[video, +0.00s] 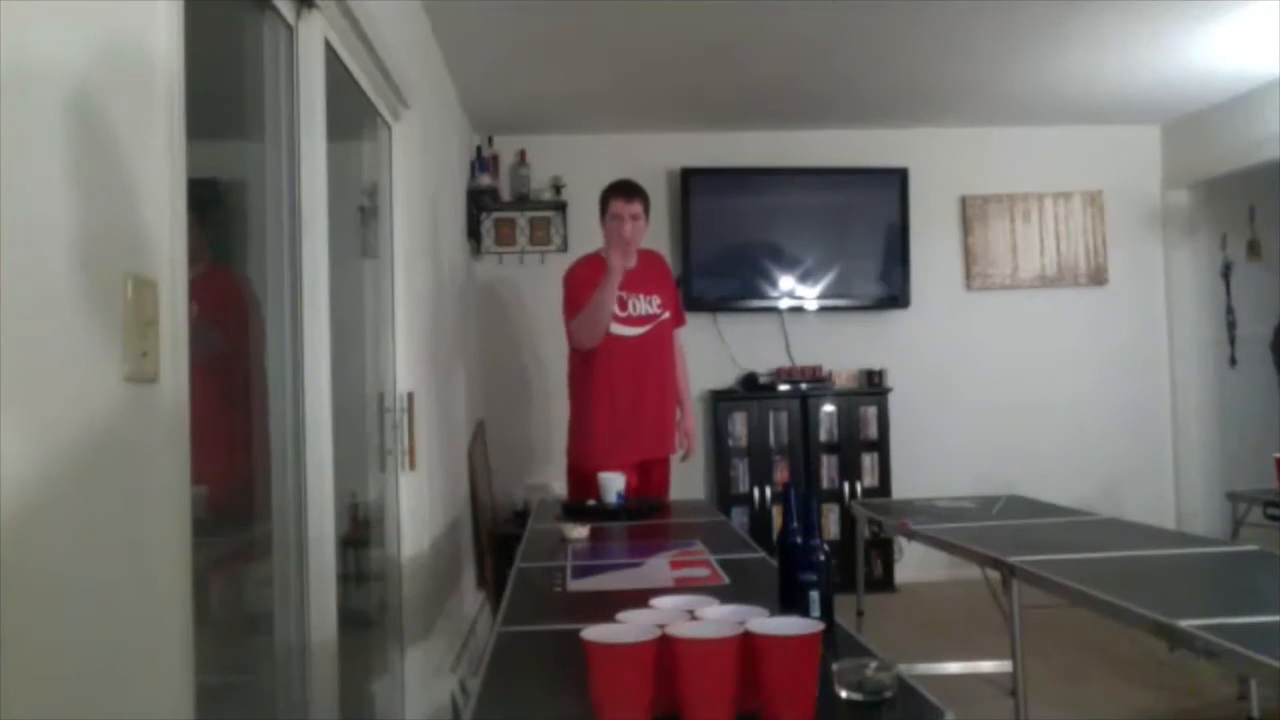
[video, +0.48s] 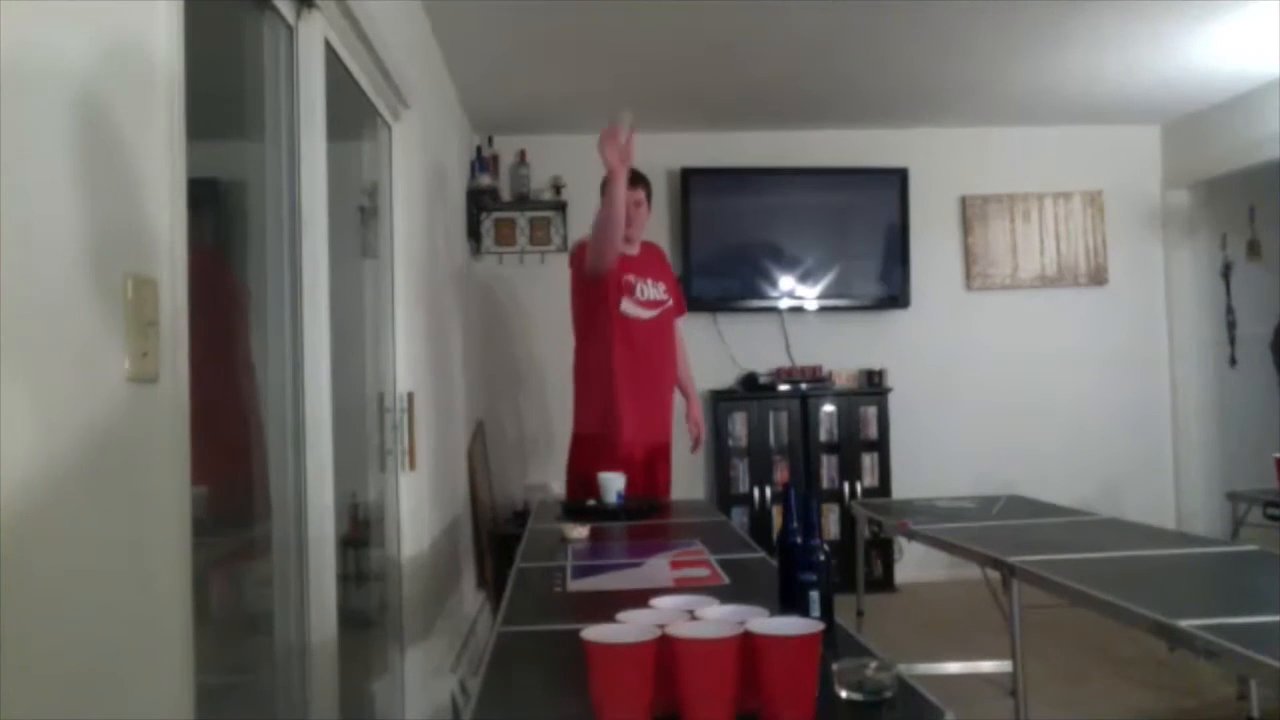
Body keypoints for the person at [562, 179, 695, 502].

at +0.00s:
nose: (626, 228)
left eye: (635, 219)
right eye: (617, 219)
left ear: (646, 224)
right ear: (603, 223)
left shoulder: (657, 267)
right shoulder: (584, 273)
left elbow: (673, 344)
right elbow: (583, 338)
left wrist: (686, 411)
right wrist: (613, 276)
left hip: (652, 431)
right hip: (599, 433)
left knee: (652, 539)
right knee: (598, 540)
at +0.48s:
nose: (631, 214)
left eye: (639, 204)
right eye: (623, 205)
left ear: (649, 212)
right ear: (607, 211)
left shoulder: (656, 259)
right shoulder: (588, 257)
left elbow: (672, 336)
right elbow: (604, 255)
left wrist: (691, 398)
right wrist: (618, 176)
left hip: (652, 429)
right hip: (603, 429)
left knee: (652, 541)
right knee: (598, 544)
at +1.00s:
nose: (639, 217)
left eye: (648, 208)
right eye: (629, 208)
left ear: (658, 213)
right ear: (613, 213)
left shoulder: (661, 262)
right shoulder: (590, 268)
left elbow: (667, 344)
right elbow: (561, 348)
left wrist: (683, 404)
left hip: (653, 438)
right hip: (602, 441)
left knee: (650, 543)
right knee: (598, 544)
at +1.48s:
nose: (639, 245)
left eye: (648, 237)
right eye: (631, 235)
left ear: (659, 234)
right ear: (618, 230)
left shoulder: (670, 275)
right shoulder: (593, 275)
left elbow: (688, 343)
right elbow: (549, 347)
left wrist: (689, 416)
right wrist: (578, 422)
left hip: (656, 441)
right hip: (602, 443)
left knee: (654, 546)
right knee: (600, 546)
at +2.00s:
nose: (635, 254)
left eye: (643, 245)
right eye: (626, 245)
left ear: (655, 241)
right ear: (612, 237)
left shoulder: (668, 280)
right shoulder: (589, 281)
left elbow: (675, 354)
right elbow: (578, 369)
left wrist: (673, 422)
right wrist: (598, 443)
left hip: (651, 442)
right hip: (601, 443)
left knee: (649, 543)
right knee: (605, 543)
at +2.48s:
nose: (625, 258)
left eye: (634, 249)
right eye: (616, 248)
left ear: (645, 242)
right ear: (602, 239)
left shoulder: (659, 276)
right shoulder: (576, 283)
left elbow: (678, 340)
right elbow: (551, 366)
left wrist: (667, 402)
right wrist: (590, 427)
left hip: (649, 441)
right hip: (590, 446)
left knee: (657, 540)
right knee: (598, 545)